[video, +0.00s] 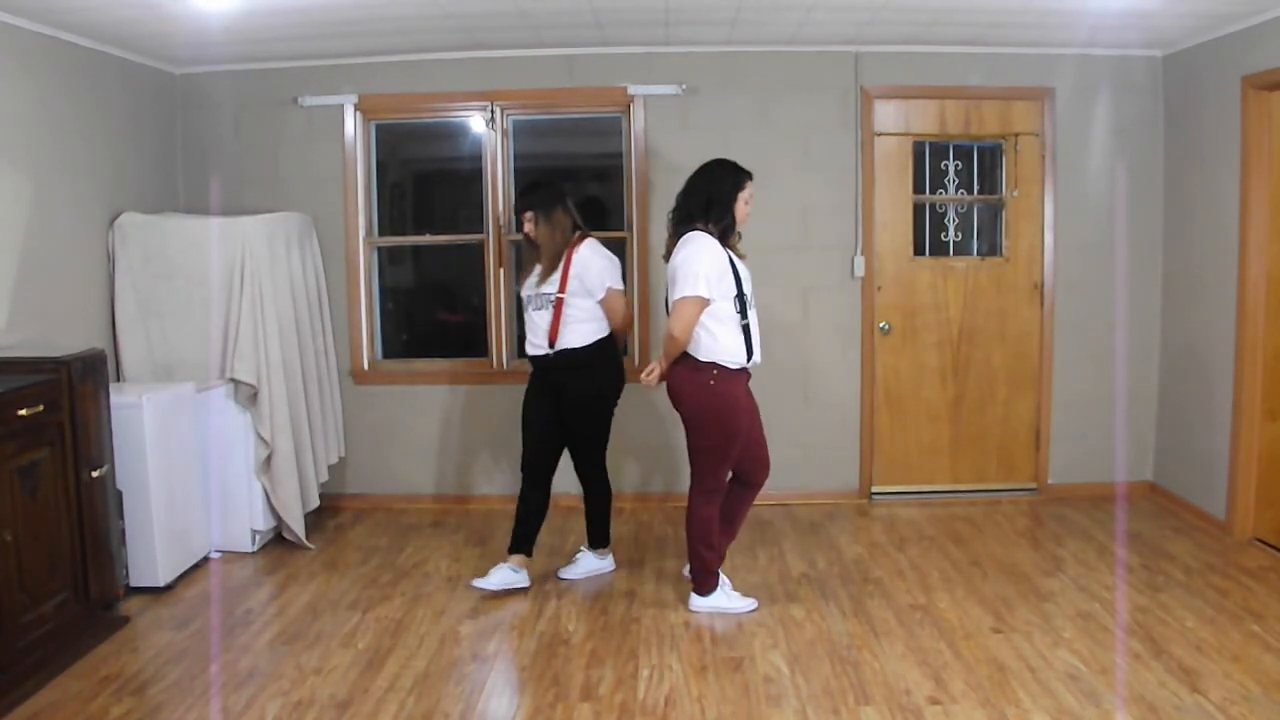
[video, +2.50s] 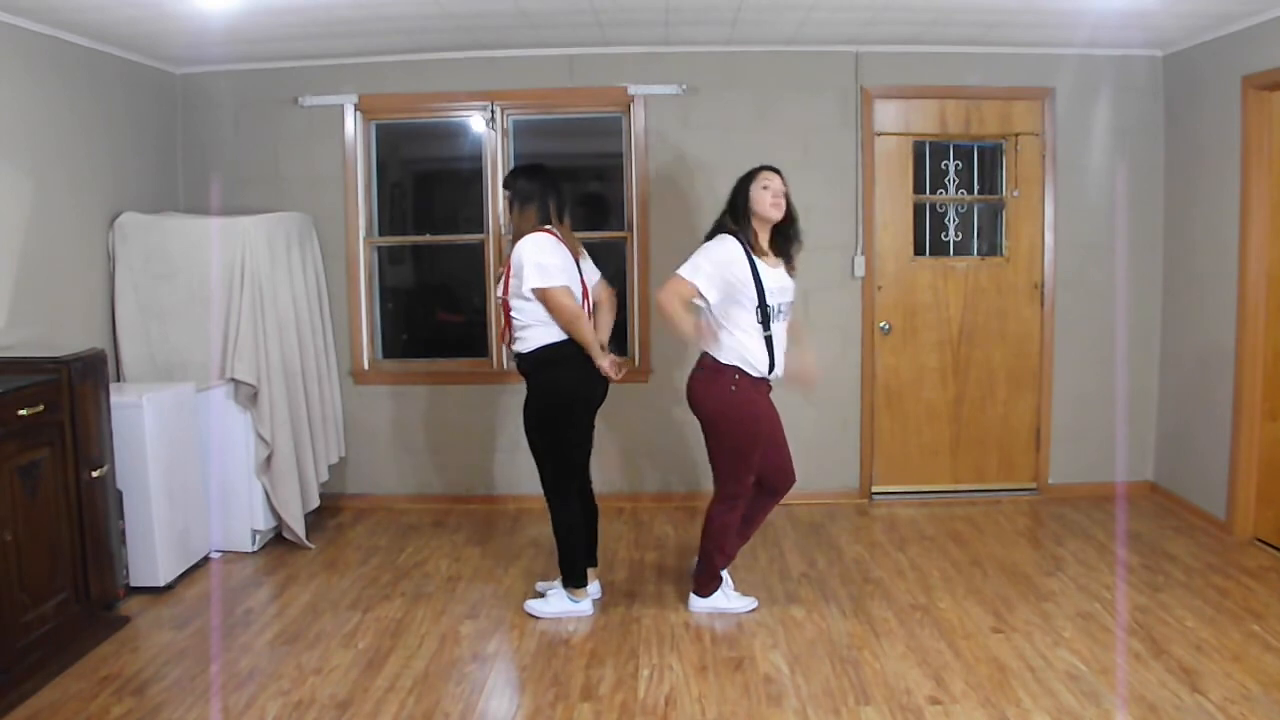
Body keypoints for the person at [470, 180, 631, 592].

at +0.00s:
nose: (526, 232)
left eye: (529, 222)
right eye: (523, 224)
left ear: (547, 217)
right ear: (548, 220)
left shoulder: (591, 255)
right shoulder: (542, 263)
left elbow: (620, 317)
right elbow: (547, 323)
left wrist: (601, 347)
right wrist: (586, 343)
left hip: (590, 371)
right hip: (547, 373)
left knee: (590, 464)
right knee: (536, 468)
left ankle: (599, 553)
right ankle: (517, 562)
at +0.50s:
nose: (481, 217)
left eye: (485, 209)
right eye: (481, 210)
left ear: (504, 210)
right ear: (512, 208)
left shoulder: (533, 248)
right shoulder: (497, 254)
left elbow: (560, 315)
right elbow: (508, 318)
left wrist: (568, 351)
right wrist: (560, 351)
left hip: (536, 373)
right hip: (498, 375)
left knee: (524, 476)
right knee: (508, 473)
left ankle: (575, 531)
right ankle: (512, 570)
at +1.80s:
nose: (499, 210)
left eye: (502, 202)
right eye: (500, 202)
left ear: (513, 205)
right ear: (544, 203)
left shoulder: (524, 252)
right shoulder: (561, 250)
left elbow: (552, 322)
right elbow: (577, 317)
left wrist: (587, 360)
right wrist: (586, 359)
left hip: (533, 374)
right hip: (562, 371)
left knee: (534, 485)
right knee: (550, 477)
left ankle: (551, 590)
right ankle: (579, 572)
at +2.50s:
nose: (507, 211)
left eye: (510, 202)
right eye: (507, 202)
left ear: (524, 204)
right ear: (549, 204)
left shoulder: (532, 247)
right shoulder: (567, 244)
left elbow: (564, 310)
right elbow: (605, 296)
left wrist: (599, 355)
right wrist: (601, 347)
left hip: (554, 372)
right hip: (579, 367)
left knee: (559, 483)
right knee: (575, 477)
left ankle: (575, 591)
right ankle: (584, 574)